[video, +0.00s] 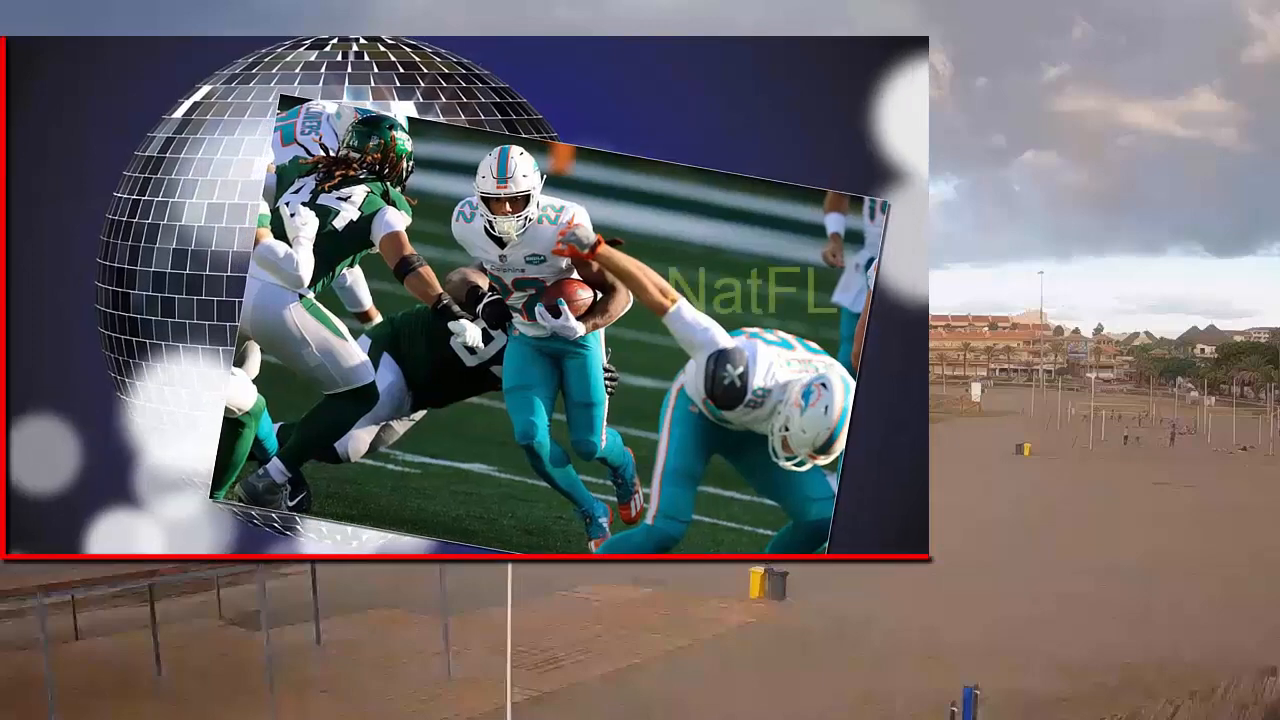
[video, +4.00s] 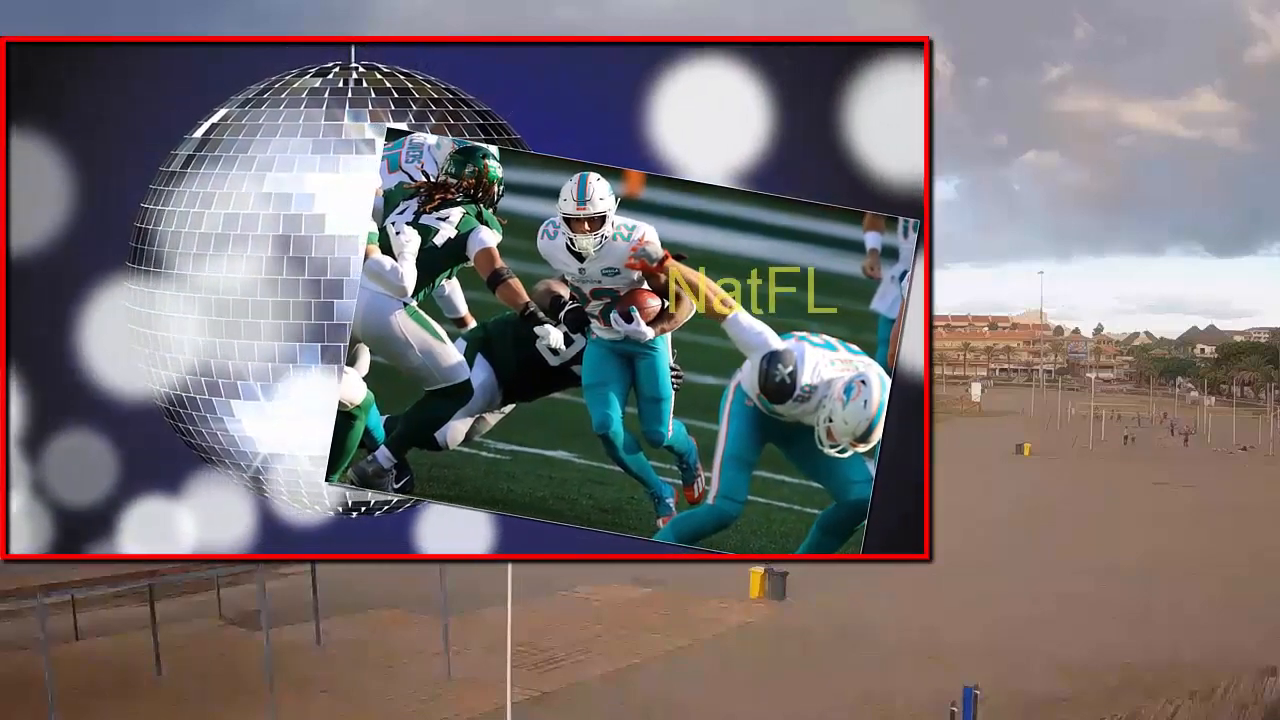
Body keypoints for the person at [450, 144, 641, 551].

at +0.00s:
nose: (504, 210)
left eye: (514, 200)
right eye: (495, 201)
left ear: (533, 194)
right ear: (482, 196)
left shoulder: (567, 224)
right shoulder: (466, 221)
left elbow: (622, 291)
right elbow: (493, 267)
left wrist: (585, 326)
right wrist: (493, 300)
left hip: (580, 340)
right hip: (525, 339)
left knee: (587, 445)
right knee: (530, 438)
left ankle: (624, 470)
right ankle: (593, 513)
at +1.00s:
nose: (524, 215)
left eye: (534, 205)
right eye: (514, 206)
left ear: (552, 199)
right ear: (502, 201)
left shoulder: (585, 228)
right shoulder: (487, 226)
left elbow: (638, 294)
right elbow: (515, 271)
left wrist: (602, 327)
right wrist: (515, 302)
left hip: (597, 340)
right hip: (544, 339)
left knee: (604, 441)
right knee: (549, 435)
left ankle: (640, 469)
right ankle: (610, 508)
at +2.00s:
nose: (544, 219)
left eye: (553, 210)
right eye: (535, 211)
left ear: (571, 204)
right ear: (523, 206)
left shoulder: (602, 232)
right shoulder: (508, 231)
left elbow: (655, 296)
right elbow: (534, 273)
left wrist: (619, 329)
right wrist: (539, 304)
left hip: (614, 340)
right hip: (564, 339)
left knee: (622, 439)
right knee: (568, 432)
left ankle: (657, 467)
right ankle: (628, 504)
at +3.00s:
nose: (564, 224)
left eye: (572, 215)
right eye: (555, 216)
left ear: (590, 209)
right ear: (543, 211)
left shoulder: (621, 237)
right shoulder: (529, 234)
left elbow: (668, 299)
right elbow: (555, 276)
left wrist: (636, 330)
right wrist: (559, 306)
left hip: (632, 341)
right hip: (583, 340)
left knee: (639, 436)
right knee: (587, 430)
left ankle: (673, 462)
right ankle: (645, 499)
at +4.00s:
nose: (583, 228)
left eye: (592, 220)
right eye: (575, 221)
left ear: (608, 214)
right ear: (563, 216)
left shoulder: (639, 240)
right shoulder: (550, 239)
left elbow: (687, 301)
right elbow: (575, 279)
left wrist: (653, 331)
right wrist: (582, 308)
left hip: (649, 342)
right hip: (602, 341)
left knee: (656, 434)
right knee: (606, 427)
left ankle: (689, 460)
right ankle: (661, 494)